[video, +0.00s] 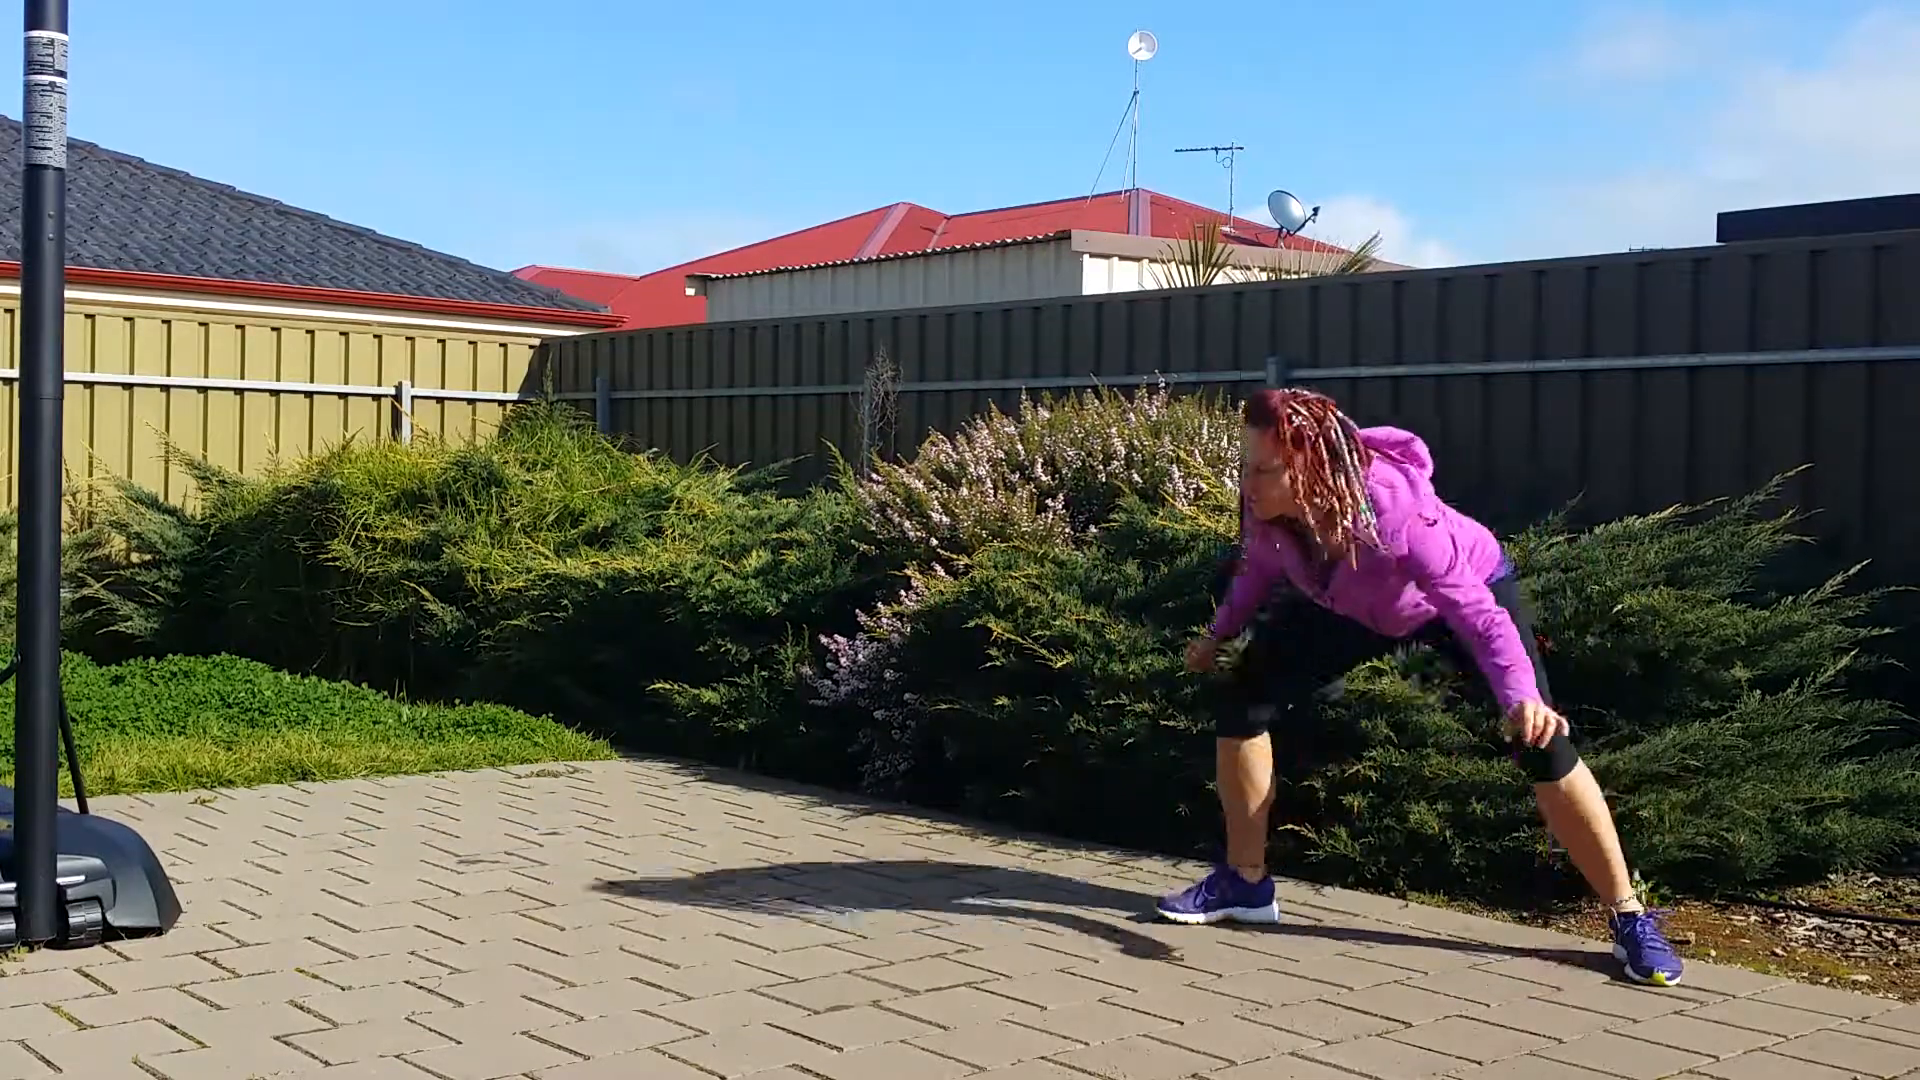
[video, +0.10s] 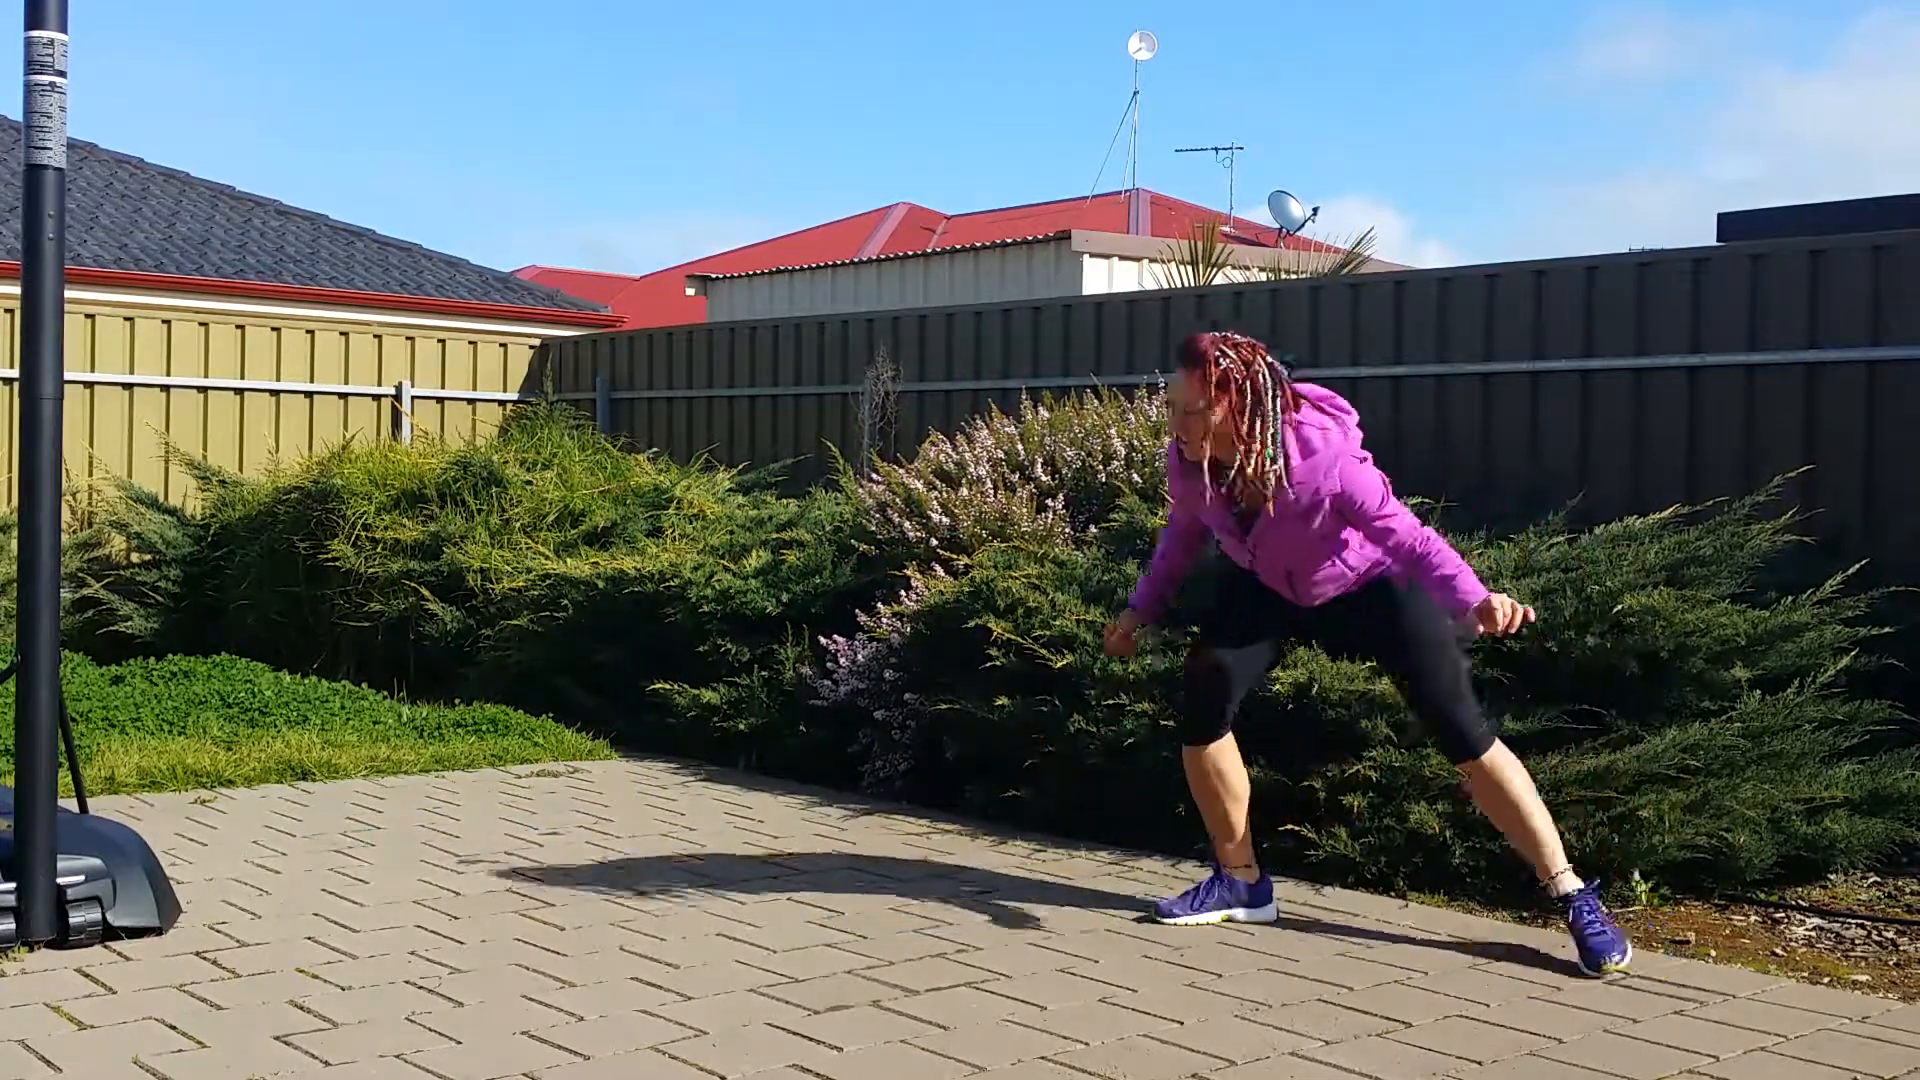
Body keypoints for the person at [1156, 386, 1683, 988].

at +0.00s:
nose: (1249, 481)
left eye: (1263, 469)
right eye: (1248, 466)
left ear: (1312, 472)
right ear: (1249, 462)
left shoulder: (1392, 509)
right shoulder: (1263, 503)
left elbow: (1473, 602)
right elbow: (1255, 567)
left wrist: (1521, 695)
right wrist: (1218, 634)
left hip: (1460, 595)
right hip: (1356, 602)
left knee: (1541, 736)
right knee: (1244, 699)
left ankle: (1630, 918)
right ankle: (1244, 880)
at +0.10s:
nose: (1178, 424)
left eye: (1191, 412)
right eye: (1176, 409)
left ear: (1237, 412)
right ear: (1185, 409)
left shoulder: (1320, 455)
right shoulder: (1188, 459)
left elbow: (1403, 530)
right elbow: (1182, 531)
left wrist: (1476, 600)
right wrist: (1141, 609)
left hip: (1370, 579)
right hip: (1263, 584)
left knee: (1456, 722)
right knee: (1200, 707)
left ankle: (1570, 893)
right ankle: (1241, 883)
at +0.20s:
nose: (1127, 371)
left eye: (1140, 357)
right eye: (1127, 357)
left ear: (1184, 358)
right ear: (1148, 358)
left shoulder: (1267, 406)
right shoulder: (1147, 417)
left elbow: (1346, 485)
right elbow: (1121, 488)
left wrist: (1428, 556)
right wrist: (1071, 555)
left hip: (1309, 534)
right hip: (1215, 542)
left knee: (1347, 687)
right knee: (1177, 680)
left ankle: (1370, 863)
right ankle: (1227, 863)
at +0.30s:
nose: (1082, 348)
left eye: (1094, 334)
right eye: (1084, 333)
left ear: (1137, 339)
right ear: (1108, 337)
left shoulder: (1227, 392)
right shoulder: (1099, 388)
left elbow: (1306, 474)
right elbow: (1078, 460)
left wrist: (1382, 554)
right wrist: (1023, 525)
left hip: (1256, 516)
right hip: (1164, 513)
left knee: (1243, 656)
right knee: (1103, 638)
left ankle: (1207, 843)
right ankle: (1146, 817)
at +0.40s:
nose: (1035, 352)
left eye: (1045, 336)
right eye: (1037, 336)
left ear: (1089, 340)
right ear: (1071, 340)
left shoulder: (1180, 406)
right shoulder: (1061, 395)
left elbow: (1255, 492)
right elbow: (1042, 465)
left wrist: (1330, 571)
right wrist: (972, 532)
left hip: (1198, 543)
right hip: (1105, 528)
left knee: (1182, 696)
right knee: (1014, 651)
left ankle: (1166, 859)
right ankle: (989, 810)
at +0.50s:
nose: (989, 367)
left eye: (1000, 357)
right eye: (989, 354)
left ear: (1048, 362)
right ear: (1012, 358)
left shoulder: (1128, 425)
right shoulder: (1011, 419)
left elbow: (1194, 513)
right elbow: (987, 489)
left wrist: (1268, 596)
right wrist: (922, 543)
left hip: (1147, 562)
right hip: (1053, 555)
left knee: (1148, 706)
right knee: (946, 658)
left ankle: (1163, 865)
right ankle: (861, 791)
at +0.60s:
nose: (924, 364)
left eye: (934, 353)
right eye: (925, 352)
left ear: (978, 360)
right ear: (961, 360)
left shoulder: (1055, 419)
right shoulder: (934, 419)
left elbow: (1122, 511)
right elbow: (919, 497)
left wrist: (1185, 589)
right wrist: (856, 558)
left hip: (1074, 564)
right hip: (984, 561)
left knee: (1100, 702)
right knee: (881, 672)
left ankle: (1157, 861)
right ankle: (851, 815)